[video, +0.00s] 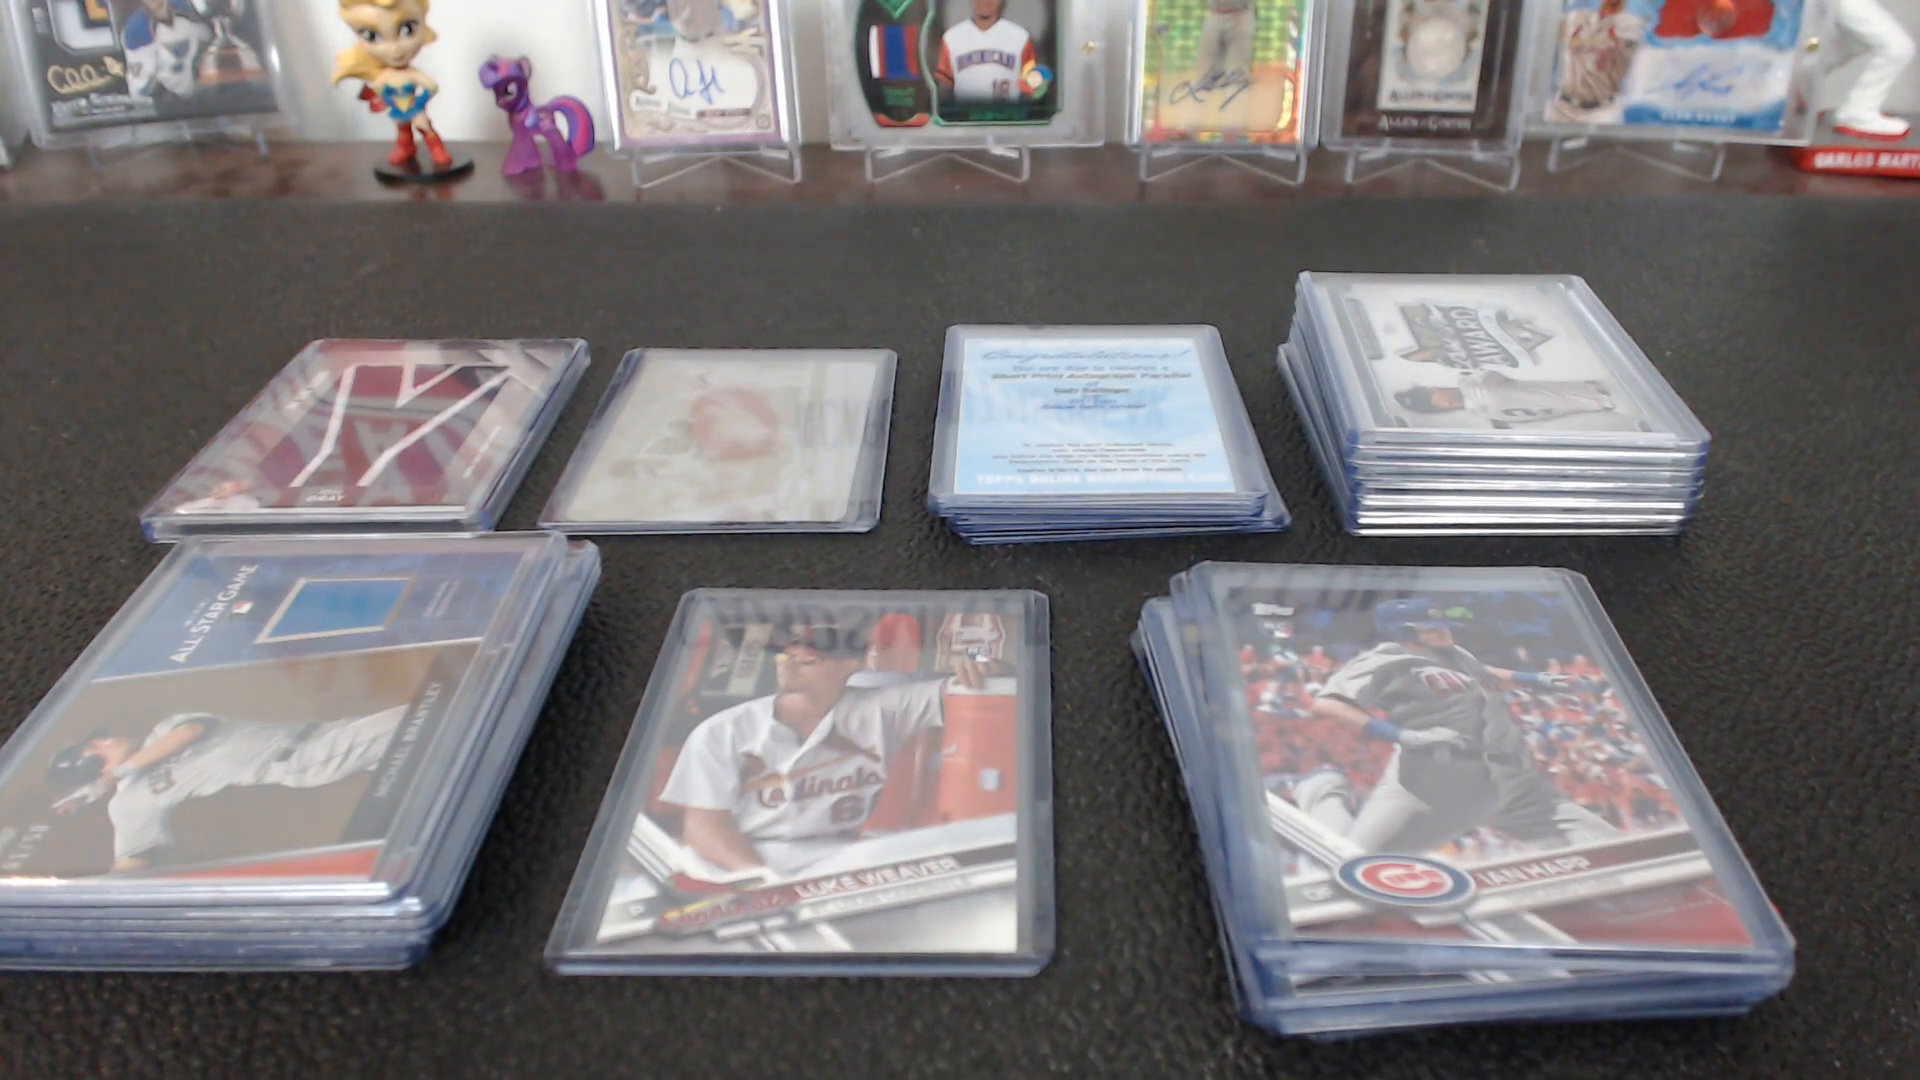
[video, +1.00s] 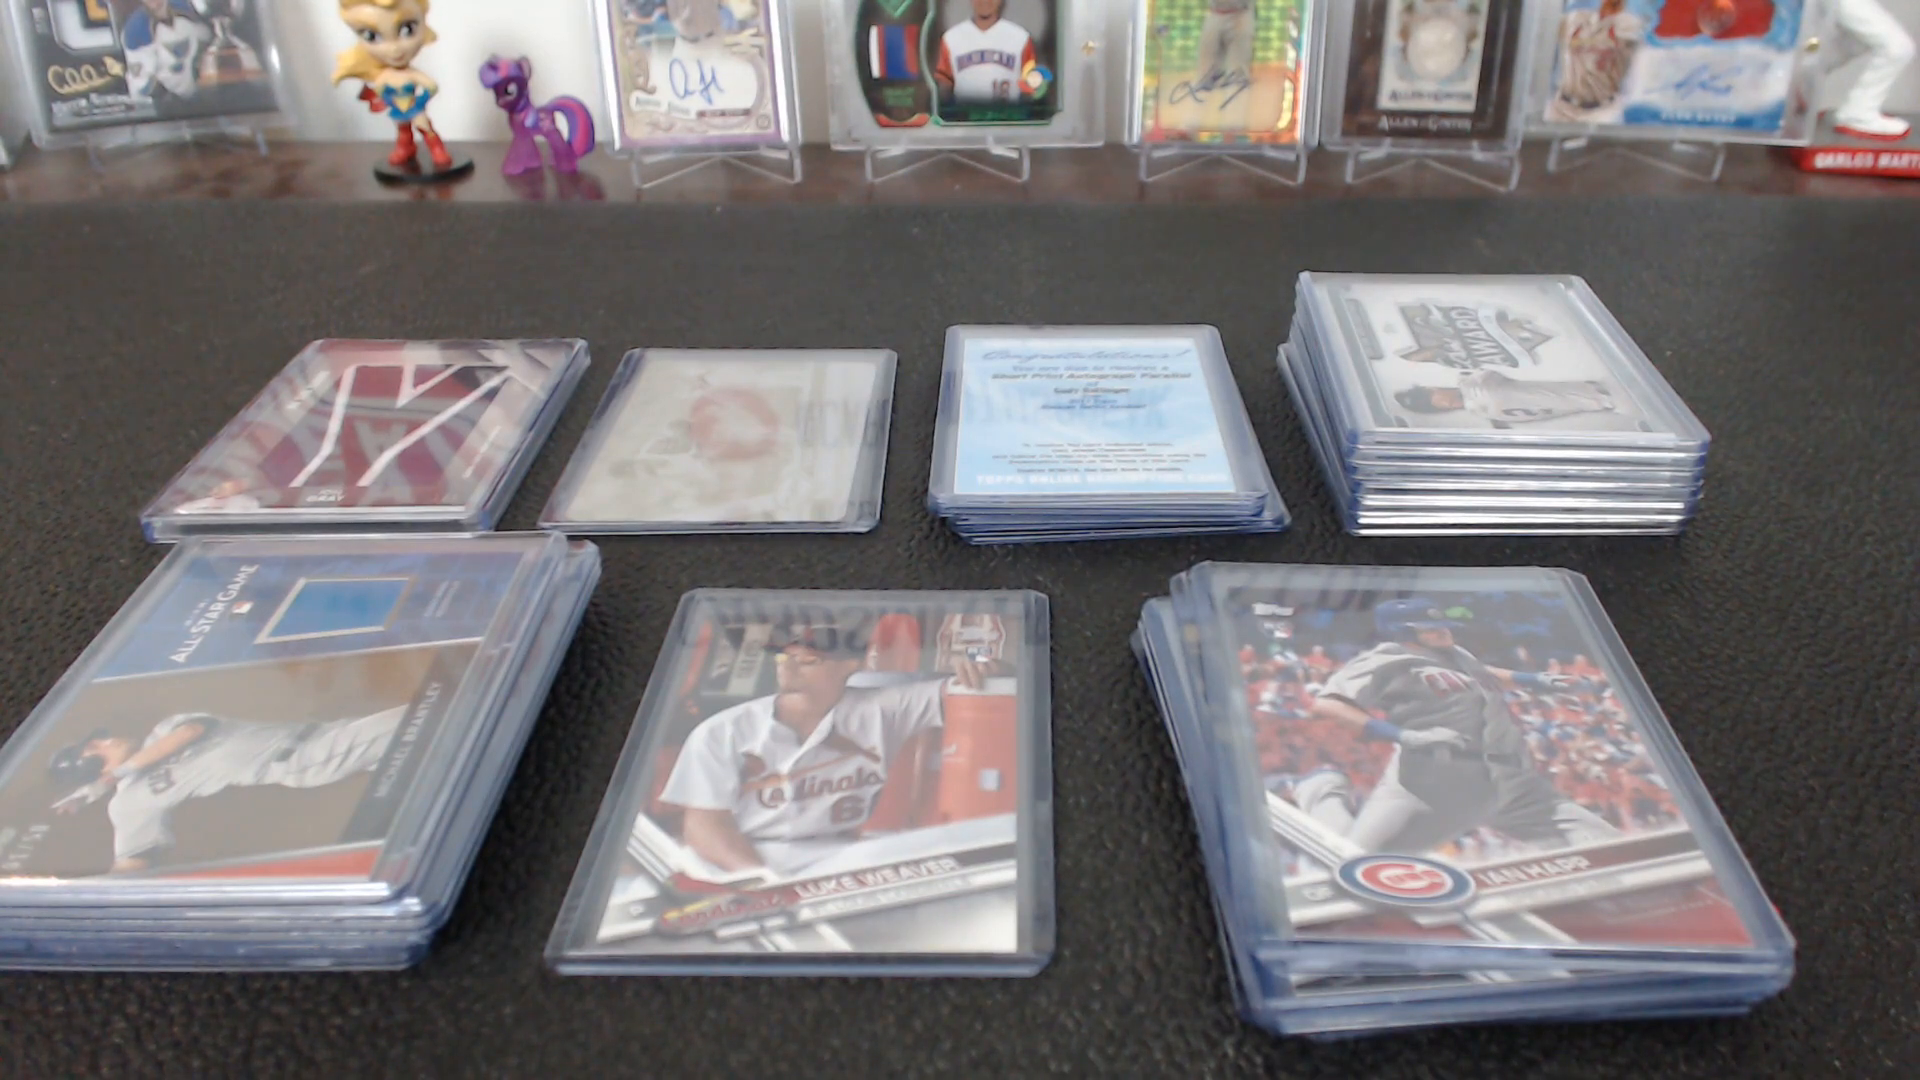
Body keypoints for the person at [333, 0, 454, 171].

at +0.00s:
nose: (394, 50)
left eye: (407, 30)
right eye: (371, 36)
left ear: (424, 28)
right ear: (358, 37)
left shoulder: (414, 74)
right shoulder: (377, 74)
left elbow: (427, 85)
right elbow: (370, 87)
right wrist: (375, 100)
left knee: (421, 121)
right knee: (401, 122)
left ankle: (436, 148)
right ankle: (405, 147)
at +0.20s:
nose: (394, 50)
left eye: (407, 30)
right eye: (371, 36)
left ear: (424, 27)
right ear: (358, 37)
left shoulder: (414, 74)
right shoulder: (377, 74)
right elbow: (370, 86)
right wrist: (375, 99)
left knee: (421, 121)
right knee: (401, 122)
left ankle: (436, 148)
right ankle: (405, 147)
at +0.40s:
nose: (394, 49)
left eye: (407, 30)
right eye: (371, 36)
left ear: (424, 28)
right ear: (358, 37)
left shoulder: (414, 75)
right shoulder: (379, 74)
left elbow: (426, 86)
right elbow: (369, 86)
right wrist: (375, 99)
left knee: (422, 122)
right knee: (401, 123)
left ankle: (436, 148)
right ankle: (405, 147)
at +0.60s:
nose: (394, 49)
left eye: (407, 30)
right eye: (371, 36)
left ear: (424, 28)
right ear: (358, 37)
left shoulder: (414, 75)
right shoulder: (379, 74)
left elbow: (426, 85)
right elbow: (369, 86)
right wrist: (375, 99)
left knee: (422, 122)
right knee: (401, 123)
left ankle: (436, 148)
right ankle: (405, 147)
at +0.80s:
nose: (394, 49)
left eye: (407, 30)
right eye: (371, 36)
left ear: (424, 28)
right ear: (358, 38)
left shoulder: (414, 74)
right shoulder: (378, 74)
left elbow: (426, 86)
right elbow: (369, 88)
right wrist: (375, 101)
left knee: (421, 122)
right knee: (401, 123)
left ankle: (436, 148)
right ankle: (405, 147)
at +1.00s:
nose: (394, 49)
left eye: (407, 30)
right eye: (371, 36)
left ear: (424, 27)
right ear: (358, 37)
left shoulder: (414, 75)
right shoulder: (377, 74)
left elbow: (426, 86)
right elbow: (369, 88)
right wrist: (375, 100)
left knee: (421, 121)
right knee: (401, 121)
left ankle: (436, 148)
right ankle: (405, 146)